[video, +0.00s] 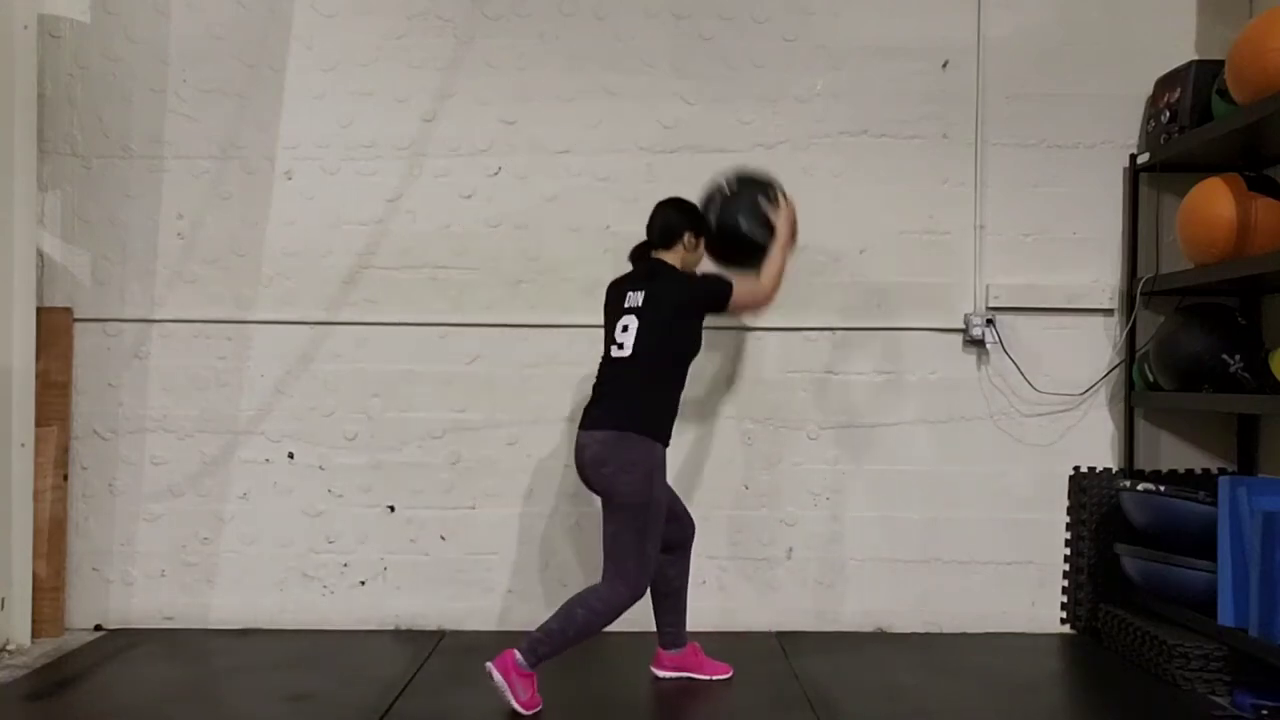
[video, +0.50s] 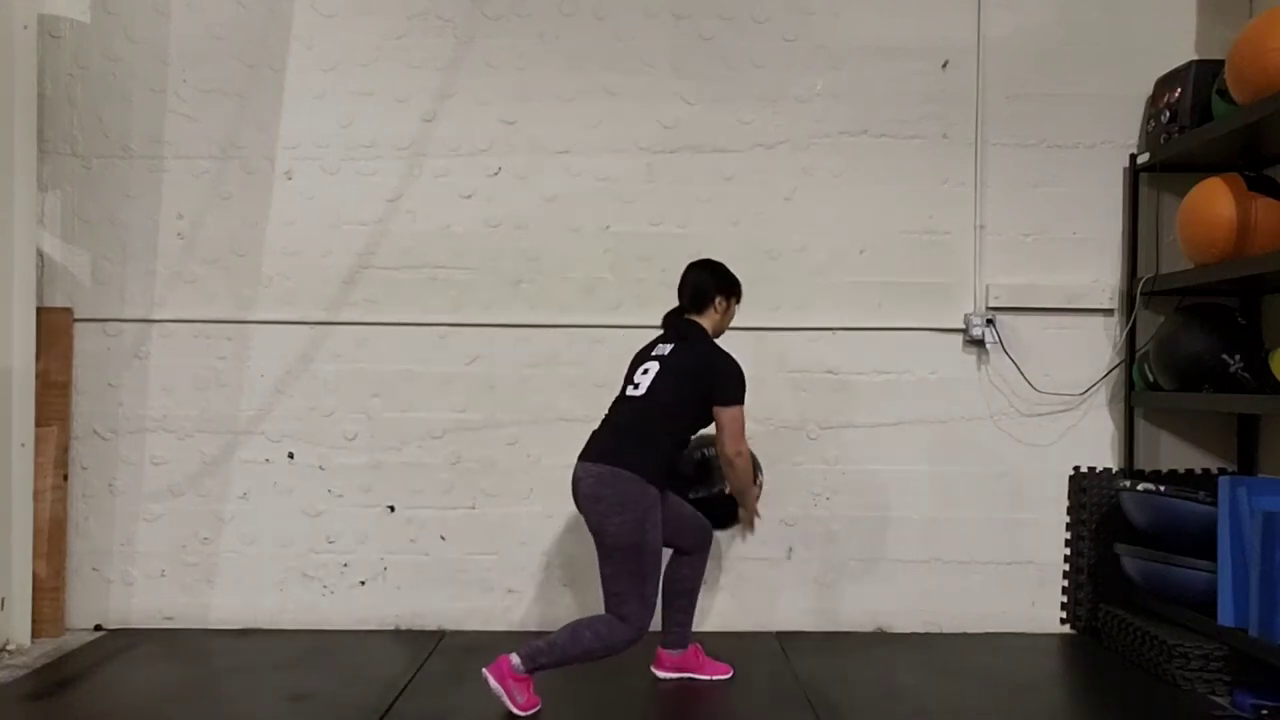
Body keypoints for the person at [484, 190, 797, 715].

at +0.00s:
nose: (702, 254)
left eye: (701, 245)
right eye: (700, 245)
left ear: (653, 239)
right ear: (687, 242)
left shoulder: (620, 286)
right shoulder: (685, 287)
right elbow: (759, 294)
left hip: (595, 446)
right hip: (632, 451)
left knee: (678, 532)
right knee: (626, 582)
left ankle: (673, 650)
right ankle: (522, 660)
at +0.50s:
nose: (734, 314)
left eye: (735, 306)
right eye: (734, 305)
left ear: (685, 301)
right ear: (721, 303)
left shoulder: (657, 348)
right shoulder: (720, 366)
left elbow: (660, 424)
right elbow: (733, 452)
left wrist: (733, 461)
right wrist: (748, 503)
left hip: (601, 476)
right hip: (620, 485)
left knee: (695, 534)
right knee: (628, 622)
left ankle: (676, 650)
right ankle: (516, 666)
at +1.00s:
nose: (697, 242)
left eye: (697, 234)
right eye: (695, 233)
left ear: (653, 233)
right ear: (674, 230)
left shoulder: (640, 282)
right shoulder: (678, 278)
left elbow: (685, 360)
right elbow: (749, 325)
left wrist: (726, 301)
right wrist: (774, 290)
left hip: (626, 433)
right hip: (638, 435)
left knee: (691, 535)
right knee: (631, 561)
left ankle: (671, 650)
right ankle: (529, 651)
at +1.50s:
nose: (653, 207)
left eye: (662, 199)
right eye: (643, 197)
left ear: (671, 210)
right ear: (621, 204)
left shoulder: (681, 265)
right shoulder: (603, 252)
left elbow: (750, 242)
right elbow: (608, 176)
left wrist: (725, 173)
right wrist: (643, 116)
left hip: (665, 425)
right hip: (606, 423)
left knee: (695, 533)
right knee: (580, 543)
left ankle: (676, 645)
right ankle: (552, 655)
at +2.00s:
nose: (562, 237)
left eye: (570, 227)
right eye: (557, 229)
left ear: (599, 226)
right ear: (558, 235)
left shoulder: (634, 276)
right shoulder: (568, 281)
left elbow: (594, 242)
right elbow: (506, 260)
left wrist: (585, 157)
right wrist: (499, 188)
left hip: (655, 446)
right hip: (599, 446)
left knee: (680, 560)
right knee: (548, 540)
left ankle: (743, 627)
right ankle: (548, 657)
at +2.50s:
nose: (507, 309)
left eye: (515, 298)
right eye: (504, 299)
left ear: (551, 298)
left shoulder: (591, 358)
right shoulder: (525, 373)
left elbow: (598, 455)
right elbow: (517, 452)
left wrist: (551, 523)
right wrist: (483, 505)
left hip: (647, 483)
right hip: (591, 479)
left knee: (663, 603)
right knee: (534, 551)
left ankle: (744, 627)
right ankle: (550, 659)